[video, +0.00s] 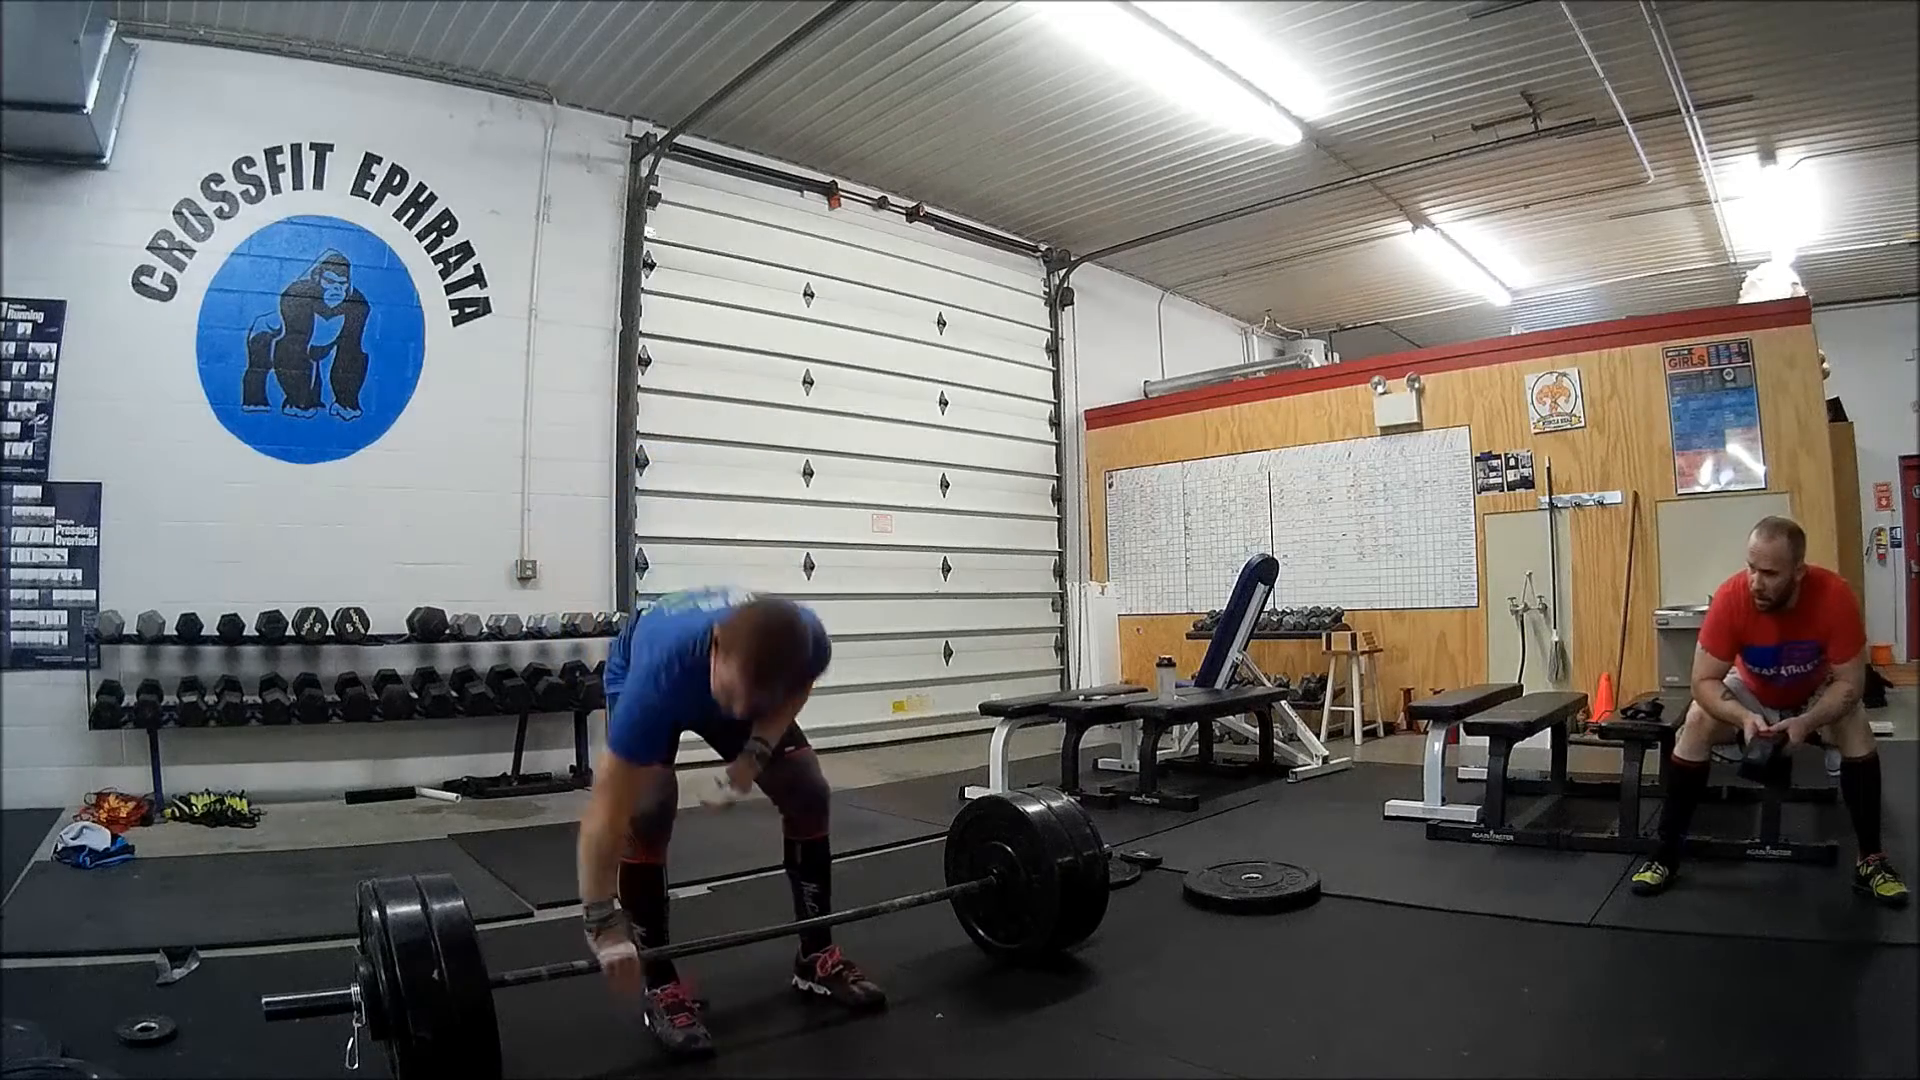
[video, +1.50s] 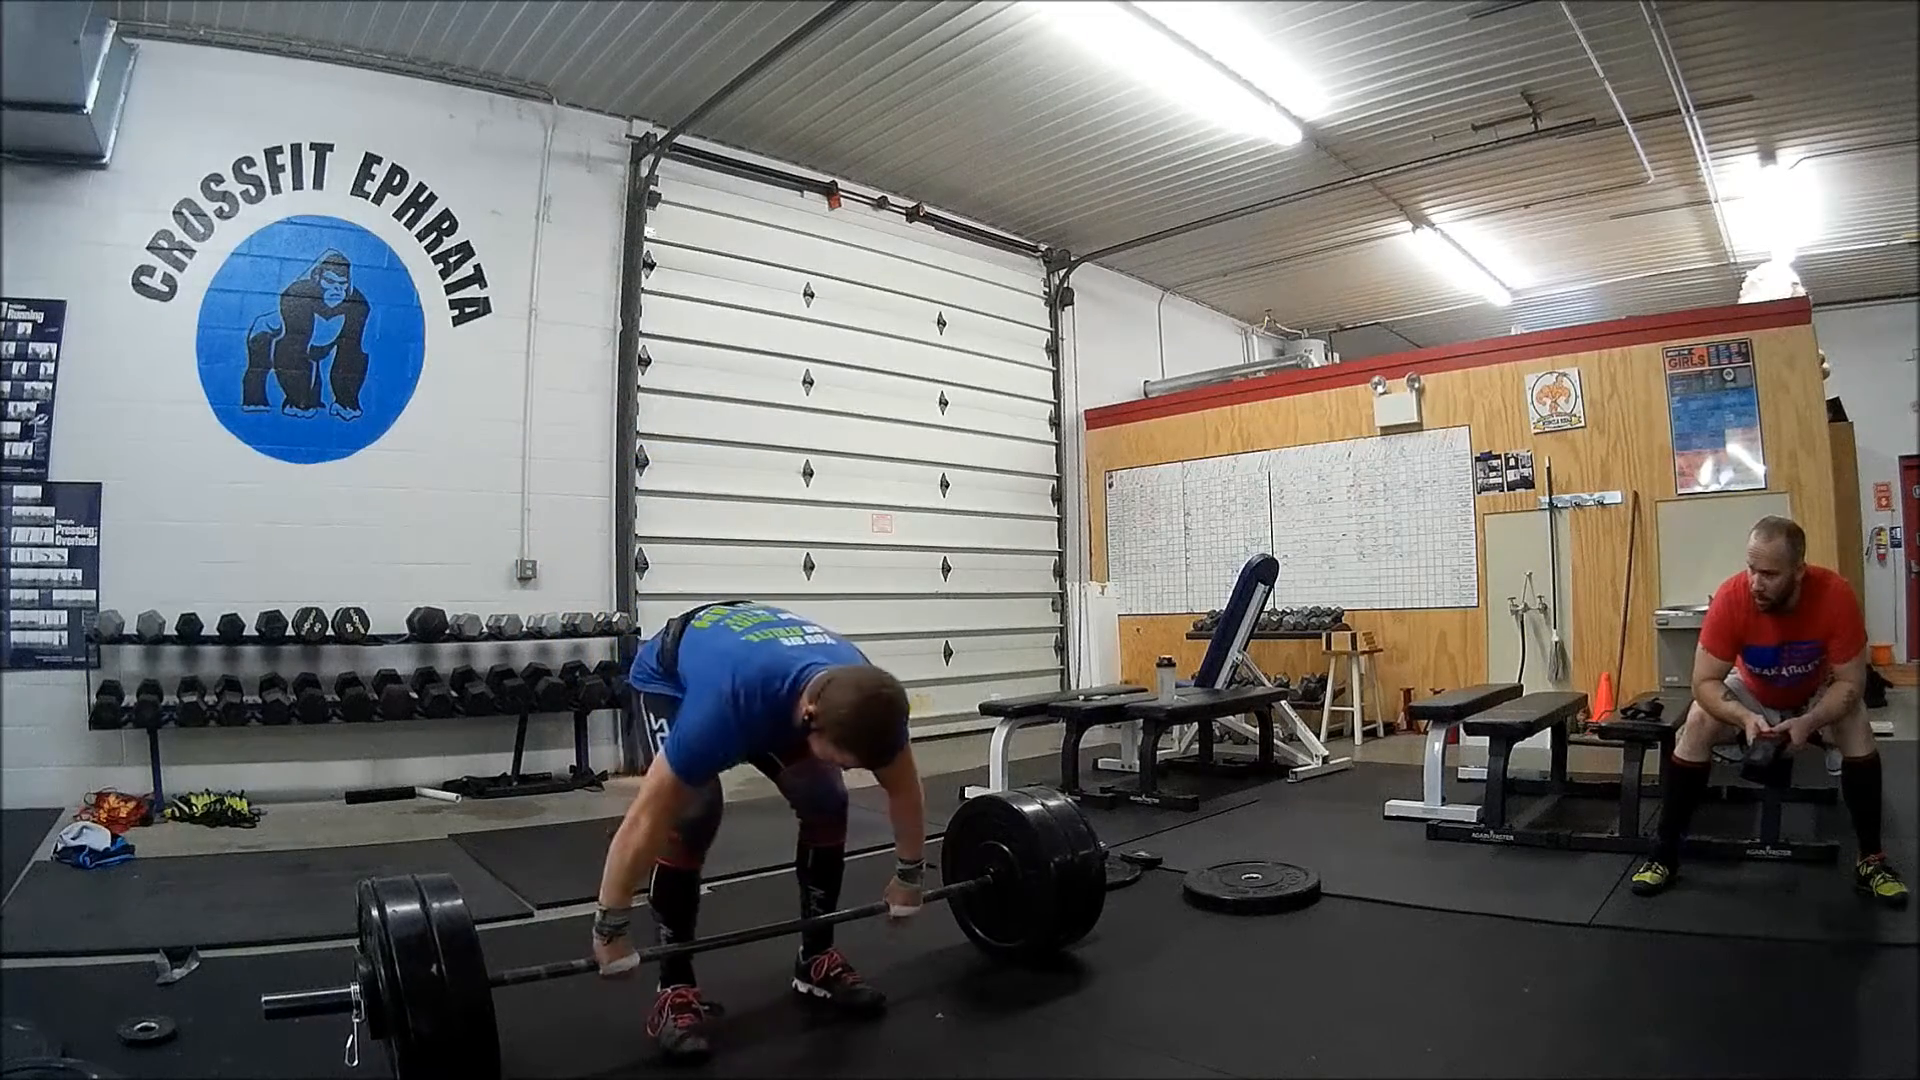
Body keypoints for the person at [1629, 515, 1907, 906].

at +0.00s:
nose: (1757, 583)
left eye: (1770, 574)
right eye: (1752, 569)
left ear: (1798, 570)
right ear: (1747, 561)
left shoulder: (1834, 597)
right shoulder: (1731, 598)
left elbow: (1850, 684)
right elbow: (1703, 682)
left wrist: (1806, 722)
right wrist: (1742, 717)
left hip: (1815, 696)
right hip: (1751, 694)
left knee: (1854, 723)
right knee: (1696, 721)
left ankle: (1871, 859)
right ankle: (1665, 856)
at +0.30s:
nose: (1755, 583)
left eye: (1768, 574)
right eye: (1751, 570)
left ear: (1798, 569)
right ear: (1745, 561)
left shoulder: (1833, 597)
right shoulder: (1730, 597)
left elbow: (1849, 684)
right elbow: (1703, 682)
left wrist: (1804, 723)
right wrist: (1741, 717)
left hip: (1814, 696)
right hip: (1750, 693)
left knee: (1854, 724)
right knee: (1696, 721)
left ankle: (1871, 859)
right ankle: (1665, 857)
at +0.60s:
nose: (1756, 584)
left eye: (1768, 575)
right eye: (1751, 571)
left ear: (1798, 569)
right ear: (1746, 561)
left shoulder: (1833, 597)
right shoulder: (1730, 598)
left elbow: (1849, 683)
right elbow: (1703, 682)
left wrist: (1806, 723)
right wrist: (1742, 718)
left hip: (1815, 695)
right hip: (1751, 693)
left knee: (1853, 723)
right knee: (1696, 722)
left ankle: (1871, 859)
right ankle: (1664, 857)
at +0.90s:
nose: (1757, 584)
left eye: (1769, 575)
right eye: (1752, 570)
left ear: (1799, 569)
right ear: (1746, 561)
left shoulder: (1834, 596)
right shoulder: (1731, 598)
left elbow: (1850, 682)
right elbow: (1704, 683)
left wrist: (1807, 723)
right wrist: (1742, 718)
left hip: (1815, 695)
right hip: (1751, 694)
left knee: (1854, 723)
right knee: (1697, 721)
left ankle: (1871, 859)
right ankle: (1665, 857)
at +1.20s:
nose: (1757, 584)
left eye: (1769, 575)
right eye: (1752, 570)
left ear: (1799, 569)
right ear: (1746, 561)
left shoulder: (1834, 595)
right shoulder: (1731, 598)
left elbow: (1850, 682)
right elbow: (1704, 683)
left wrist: (1808, 722)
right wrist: (1743, 718)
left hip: (1816, 696)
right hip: (1751, 694)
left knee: (1855, 723)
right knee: (1697, 721)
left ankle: (1871, 859)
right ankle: (1665, 857)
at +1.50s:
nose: (1757, 584)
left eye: (1769, 575)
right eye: (1752, 570)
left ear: (1799, 568)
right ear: (1747, 562)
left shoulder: (1834, 595)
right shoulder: (1731, 598)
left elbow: (1851, 682)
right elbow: (1704, 683)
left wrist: (1808, 722)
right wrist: (1743, 718)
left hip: (1816, 695)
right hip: (1751, 694)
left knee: (1855, 724)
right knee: (1697, 722)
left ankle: (1871, 860)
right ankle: (1665, 857)